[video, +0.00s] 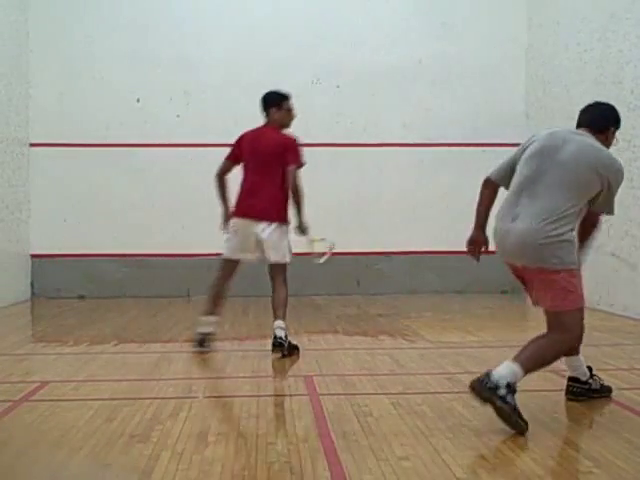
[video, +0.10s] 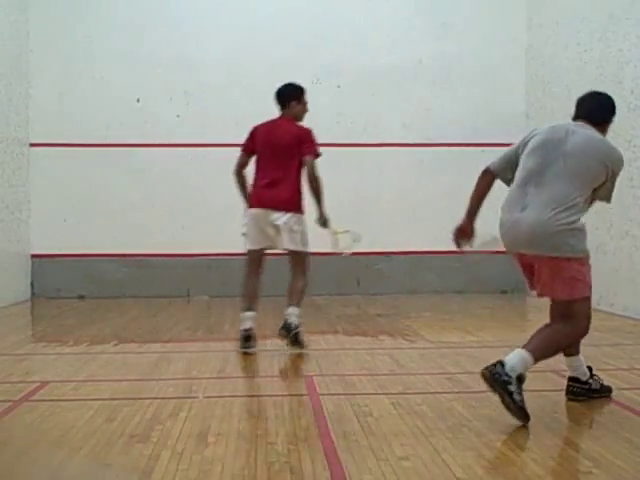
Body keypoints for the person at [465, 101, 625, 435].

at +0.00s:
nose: (613, 141)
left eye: (614, 136)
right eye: (614, 136)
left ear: (580, 124)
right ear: (608, 133)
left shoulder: (542, 139)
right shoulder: (610, 165)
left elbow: (491, 182)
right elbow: (590, 219)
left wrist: (478, 229)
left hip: (506, 239)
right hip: (550, 247)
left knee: (559, 302)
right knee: (565, 335)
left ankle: (579, 376)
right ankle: (499, 380)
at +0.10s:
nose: (607, 129)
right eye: (609, 124)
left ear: (574, 114)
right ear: (608, 123)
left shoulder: (540, 134)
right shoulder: (610, 155)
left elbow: (489, 172)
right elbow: (596, 196)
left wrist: (468, 220)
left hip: (512, 231)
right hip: (558, 236)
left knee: (563, 302)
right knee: (575, 323)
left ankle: (579, 376)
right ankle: (508, 370)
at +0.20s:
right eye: (594, 105)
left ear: (560, 101)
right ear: (595, 107)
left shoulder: (531, 128)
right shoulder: (604, 139)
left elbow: (480, 168)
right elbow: (599, 183)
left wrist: (452, 211)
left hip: (518, 229)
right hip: (566, 230)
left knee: (561, 300)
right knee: (585, 315)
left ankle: (579, 377)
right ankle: (521, 366)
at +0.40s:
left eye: (526, 70)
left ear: (522, 75)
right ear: (558, 77)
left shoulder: (498, 115)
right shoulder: (577, 117)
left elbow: (461, 158)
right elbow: (597, 178)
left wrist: (440, 209)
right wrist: (572, 201)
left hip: (512, 226)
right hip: (561, 222)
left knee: (548, 304)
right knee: (566, 312)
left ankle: (573, 376)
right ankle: (530, 386)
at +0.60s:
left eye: (489, 51)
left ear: (488, 55)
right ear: (525, 55)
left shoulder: (468, 99)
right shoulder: (548, 98)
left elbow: (452, 151)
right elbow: (584, 154)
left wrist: (448, 207)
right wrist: (591, 207)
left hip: (487, 216)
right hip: (539, 214)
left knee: (506, 296)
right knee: (533, 303)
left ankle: (523, 376)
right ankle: (519, 394)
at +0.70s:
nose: (475, 51)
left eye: (470, 45)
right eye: (491, 43)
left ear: (468, 49)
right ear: (506, 48)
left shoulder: (452, 96)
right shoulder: (535, 91)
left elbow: (436, 158)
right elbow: (568, 143)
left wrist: (430, 208)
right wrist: (586, 197)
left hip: (472, 211)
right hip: (526, 210)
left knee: (469, 294)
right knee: (523, 304)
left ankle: (469, 378)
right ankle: (520, 399)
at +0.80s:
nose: (457, 50)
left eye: (452, 43)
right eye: (474, 42)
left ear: (447, 48)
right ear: (485, 46)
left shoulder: (432, 96)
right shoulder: (514, 89)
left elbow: (410, 161)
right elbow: (547, 137)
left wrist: (399, 215)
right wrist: (568, 194)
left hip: (451, 215)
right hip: (508, 213)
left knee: (432, 296)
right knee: (513, 306)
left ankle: (417, 383)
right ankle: (519, 400)